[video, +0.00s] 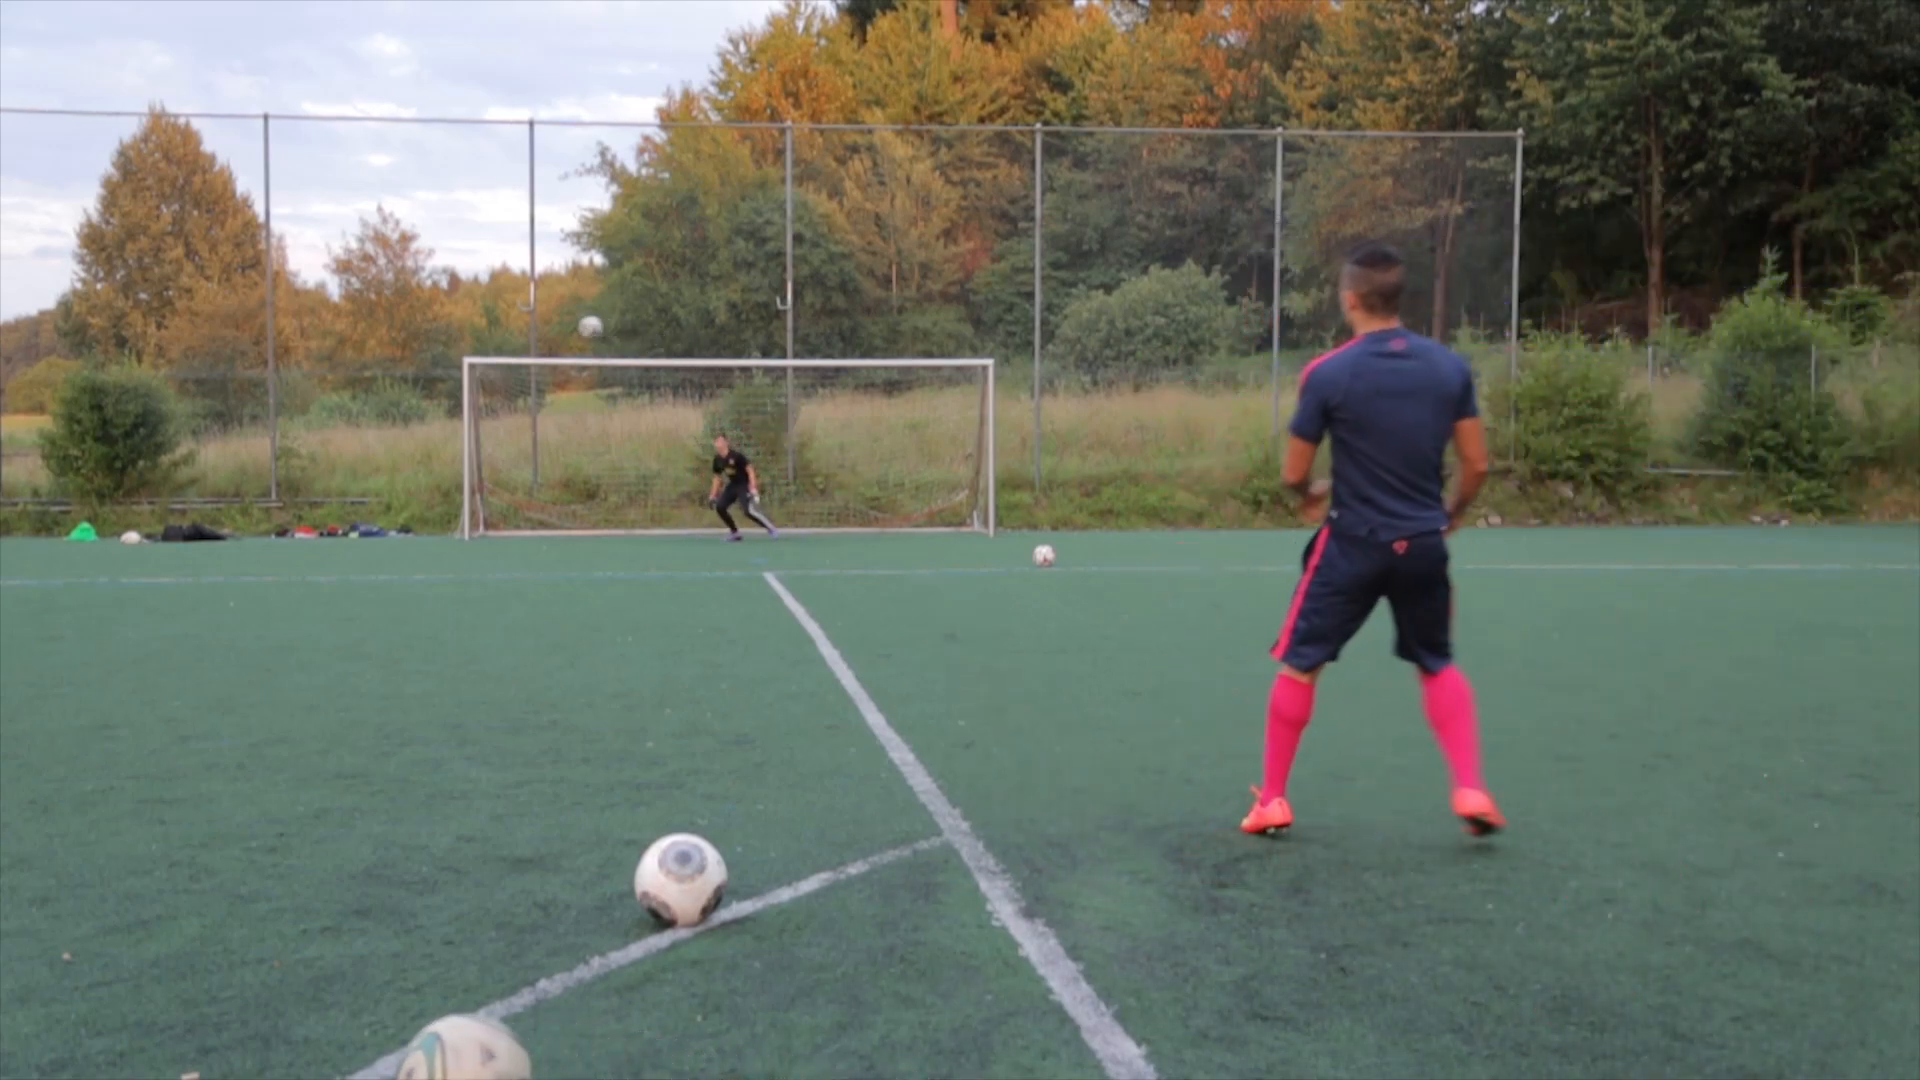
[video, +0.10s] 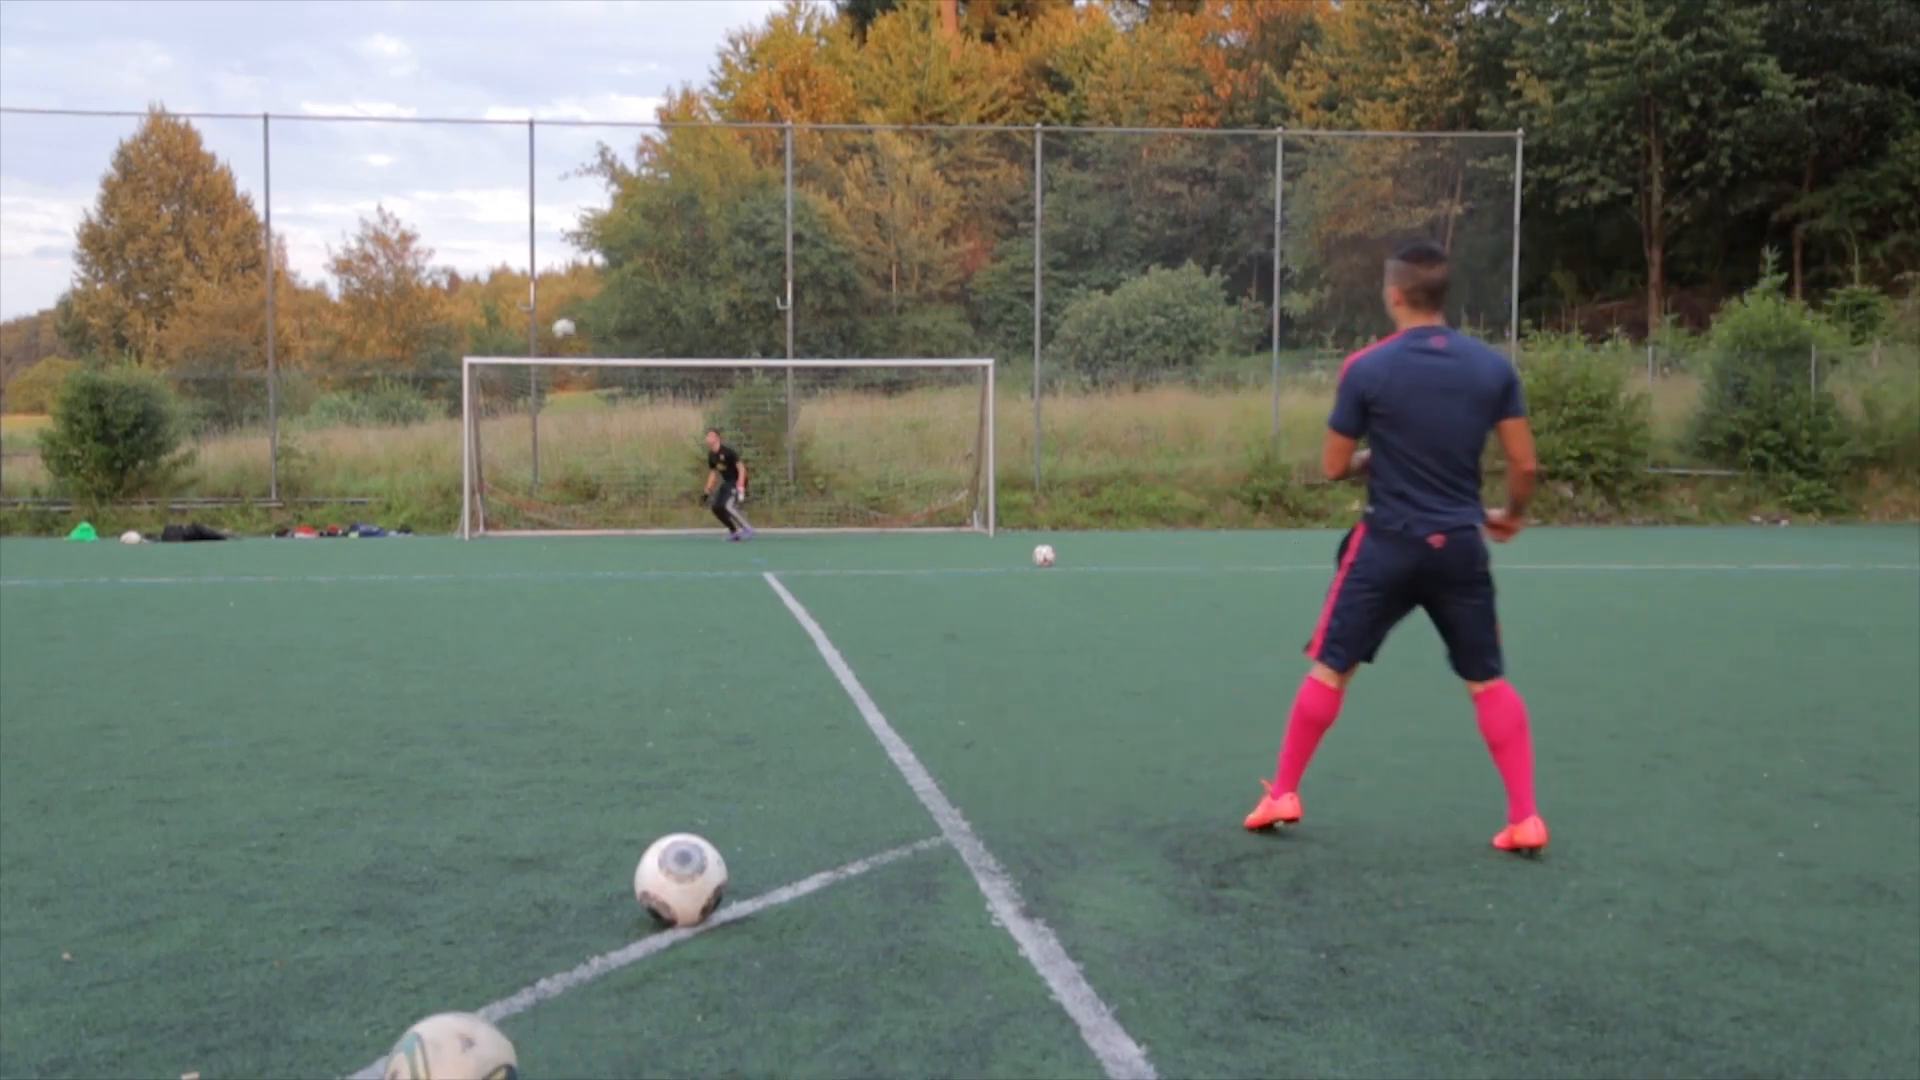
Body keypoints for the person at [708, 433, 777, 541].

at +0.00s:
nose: (719, 446)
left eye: (721, 443)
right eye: (717, 444)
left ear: (727, 443)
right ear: (715, 446)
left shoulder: (736, 456)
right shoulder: (718, 460)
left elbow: (750, 470)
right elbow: (717, 478)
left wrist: (753, 488)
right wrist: (713, 495)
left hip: (744, 485)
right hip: (732, 486)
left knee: (748, 510)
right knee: (720, 507)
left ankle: (772, 530)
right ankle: (735, 533)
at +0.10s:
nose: (708, 440)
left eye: (711, 436)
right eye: (707, 437)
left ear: (718, 438)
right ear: (707, 440)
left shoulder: (728, 452)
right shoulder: (712, 455)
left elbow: (741, 468)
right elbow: (713, 473)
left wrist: (740, 487)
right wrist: (707, 489)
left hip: (736, 483)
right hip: (726, 483)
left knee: (728, 506)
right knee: (717, 507)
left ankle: (747, 529)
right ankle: (734, 531)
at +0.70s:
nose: (677, 421)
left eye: (678, 418)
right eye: (677, 418)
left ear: (683, 419)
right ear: (687, 419)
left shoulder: (687, 435)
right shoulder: (692, 434)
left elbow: (680, 455)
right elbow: (689, 455)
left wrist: (662, 469)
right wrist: (679, 468)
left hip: (688, 468)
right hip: (692, 467)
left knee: (676, 500)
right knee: (678, 499)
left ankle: (679, 533)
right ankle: (691, 528)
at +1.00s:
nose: (672, 418)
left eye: (673, 415)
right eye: (673, 415)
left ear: (676, 416)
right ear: (683, 416)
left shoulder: (681, 433)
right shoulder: (683, 432)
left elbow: (677, 454)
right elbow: (679, 454)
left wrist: (659, 461)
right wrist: (665, 463)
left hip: (680, 469)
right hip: (680, 468)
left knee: (673, 500)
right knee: (671, 500)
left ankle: (679, 534)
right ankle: (678, 532)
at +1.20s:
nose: (670, 417)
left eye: (673, 414)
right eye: (671, 414)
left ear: (678, 416)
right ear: (679, 416)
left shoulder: (681, 432)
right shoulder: (678, 432)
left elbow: (678, 455)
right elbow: (676, 455)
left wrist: (666, 469)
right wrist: (667, 469)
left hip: (679, 470)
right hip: (677, 469)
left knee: (674, 500)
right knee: (671, 500)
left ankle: (680, 533)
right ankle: (679, 532)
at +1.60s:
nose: (671, 417)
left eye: (673, 414)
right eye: (669, 414)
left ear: (678, 416)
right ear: (667, 416)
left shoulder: (683, 433)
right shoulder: (671, 433)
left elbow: (686, 455)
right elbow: (674, 454)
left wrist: (679, 472)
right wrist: (673, 470)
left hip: (681, 470)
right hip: (674, 469)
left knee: (676, 500)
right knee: (674, 500)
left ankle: (681, 533)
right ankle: (680, 532)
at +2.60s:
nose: (675, 419)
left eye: (677, 416)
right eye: (673, 416)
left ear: (681, 417)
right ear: (670, 417)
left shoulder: (684, 434)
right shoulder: (675, 434)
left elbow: (680, 456)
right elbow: (675, 456)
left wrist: (673, 472)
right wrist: (669, 470)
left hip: (680, 473)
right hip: (675, 473)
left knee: (670, 500)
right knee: (669, 500)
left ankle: (679, 528)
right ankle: (679, 528)